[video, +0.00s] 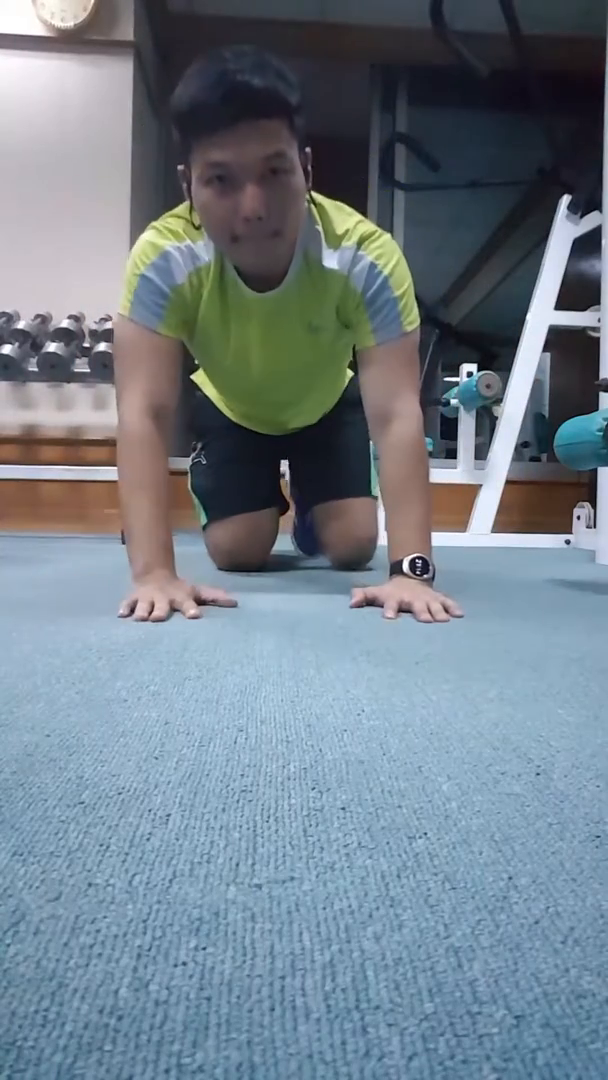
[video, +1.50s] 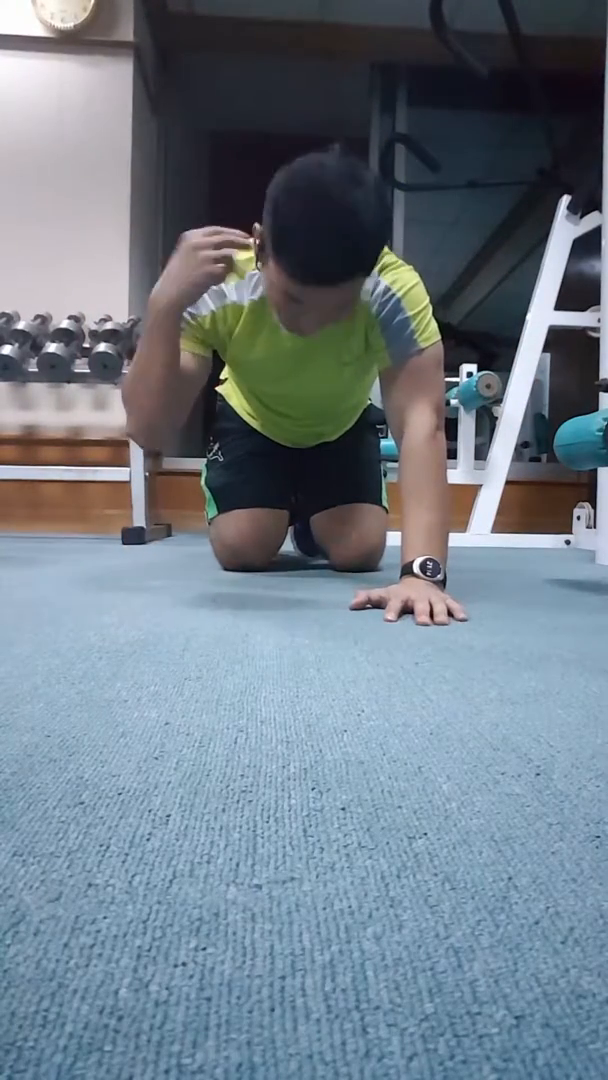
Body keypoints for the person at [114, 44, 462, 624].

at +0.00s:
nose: (254, 206)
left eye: (274, 172)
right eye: (221, 180)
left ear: (305, 167)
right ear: (188, 185)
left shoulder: (367, 258)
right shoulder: (164, 257)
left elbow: (396, 415)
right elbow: (144, 414)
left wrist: (412, 570)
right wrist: (154, 571)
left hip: (328, 395)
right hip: (227, 400)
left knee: (352, 547)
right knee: (238, 553)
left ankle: (310, 514)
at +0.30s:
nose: (306, 273)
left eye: (327, 251)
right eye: (281, 252)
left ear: (352, 227)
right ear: (241, 221)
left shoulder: (389, 287)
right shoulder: (198, 291)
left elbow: (419, 432)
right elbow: (142, 430)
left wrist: (425, 573)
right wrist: (160, 556)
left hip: (341, 412)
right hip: (244, 412)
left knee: (359, 551)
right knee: (244, 552)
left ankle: (310, 517)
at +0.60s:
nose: (320, 346)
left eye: (343, 336)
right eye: (304, 328)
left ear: (374, 309)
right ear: (278, 266)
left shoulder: (403, 296)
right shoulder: (228, 289)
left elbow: (424, 427)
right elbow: (152, 438)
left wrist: (424, 573)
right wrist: (176, 314)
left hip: (350, 417)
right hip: (255, 413)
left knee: (360, 553)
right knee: (245, 552)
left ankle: (309, 520)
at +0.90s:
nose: (317, 336)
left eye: (340, 329)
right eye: (303, 318)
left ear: (375, 302)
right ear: (279, 261)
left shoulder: (403, 294)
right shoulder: (227, 280)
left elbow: (423, 425)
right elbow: (149, 420)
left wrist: (424, 572)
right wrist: (183, 284)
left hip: (348, 419)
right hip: (255, 415)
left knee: (359, 553)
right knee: (245, 552)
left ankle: (310, 520)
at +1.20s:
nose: (310, 335)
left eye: (333, 326)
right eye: (295, 317)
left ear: (367, 297)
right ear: (268, 263)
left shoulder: (397, 292)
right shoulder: (221, 285)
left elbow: (422, 425)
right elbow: (144, 420)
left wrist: (423, 572)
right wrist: (180, 288)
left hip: (345, 418)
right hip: (252, 415)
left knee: (359, 553)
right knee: (244, 552)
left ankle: (309, 521)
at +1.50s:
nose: (307, 323)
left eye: (332, 309)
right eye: (293, 300)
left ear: (364, 277)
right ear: (261, 249)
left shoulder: (392, 291)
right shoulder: (218, 282)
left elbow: (422, 427)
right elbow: (150, 431)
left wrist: (425, 572)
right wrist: (163, 302)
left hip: (344, 418)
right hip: (250, 415)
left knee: (358, 552)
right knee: (244, 553)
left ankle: (310, 518)